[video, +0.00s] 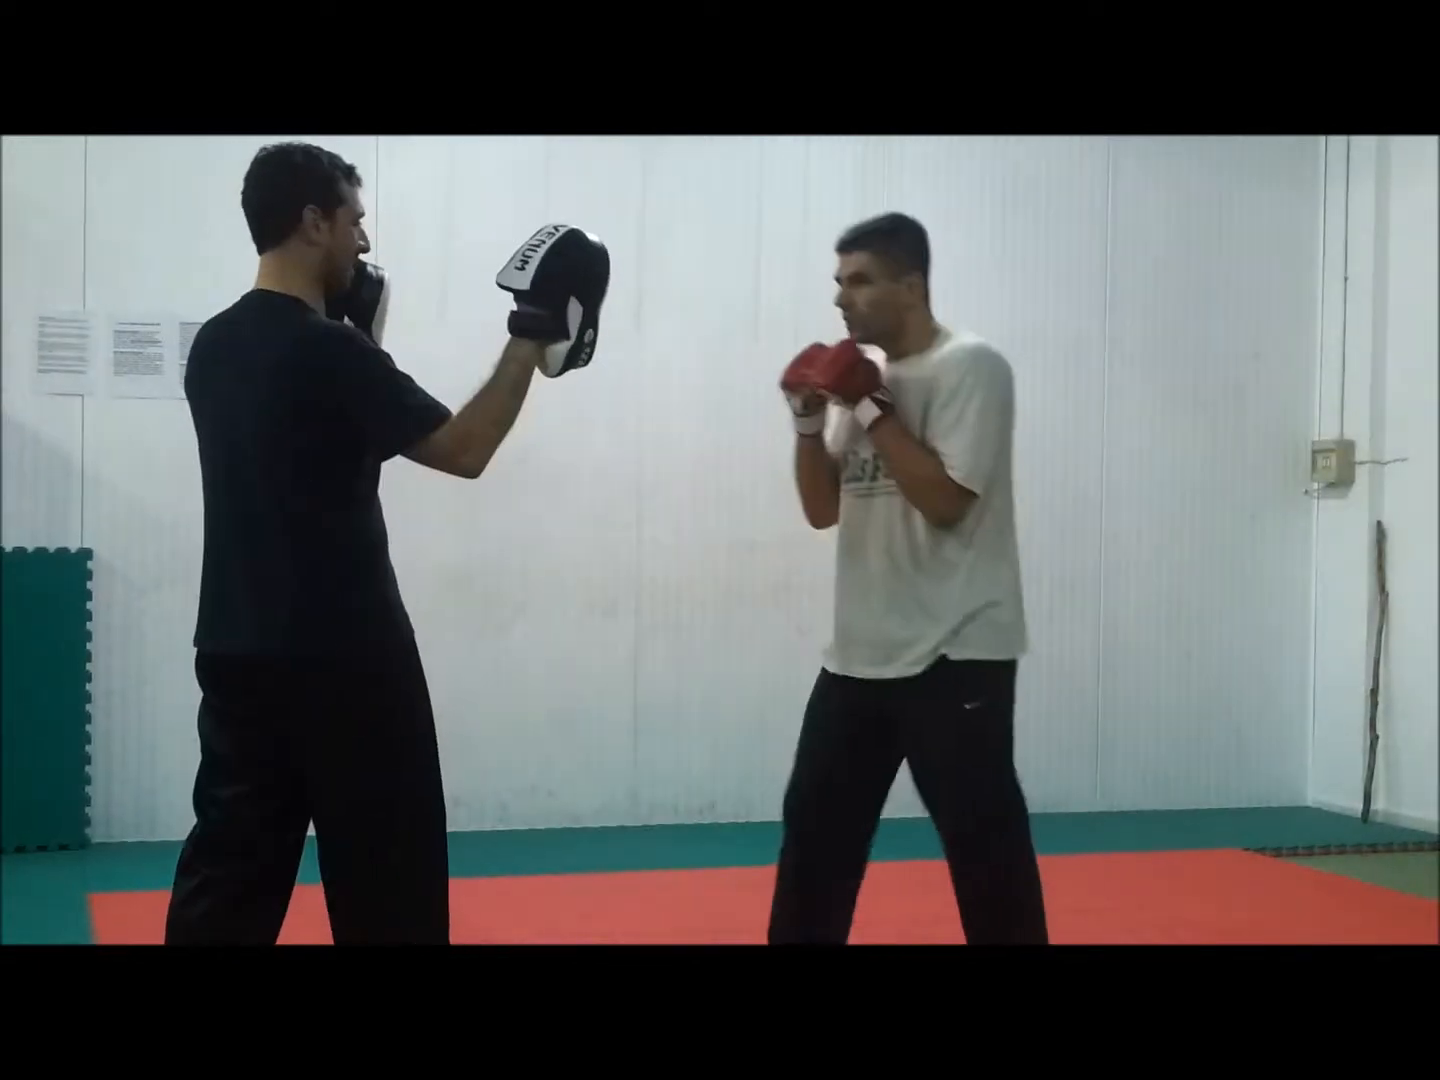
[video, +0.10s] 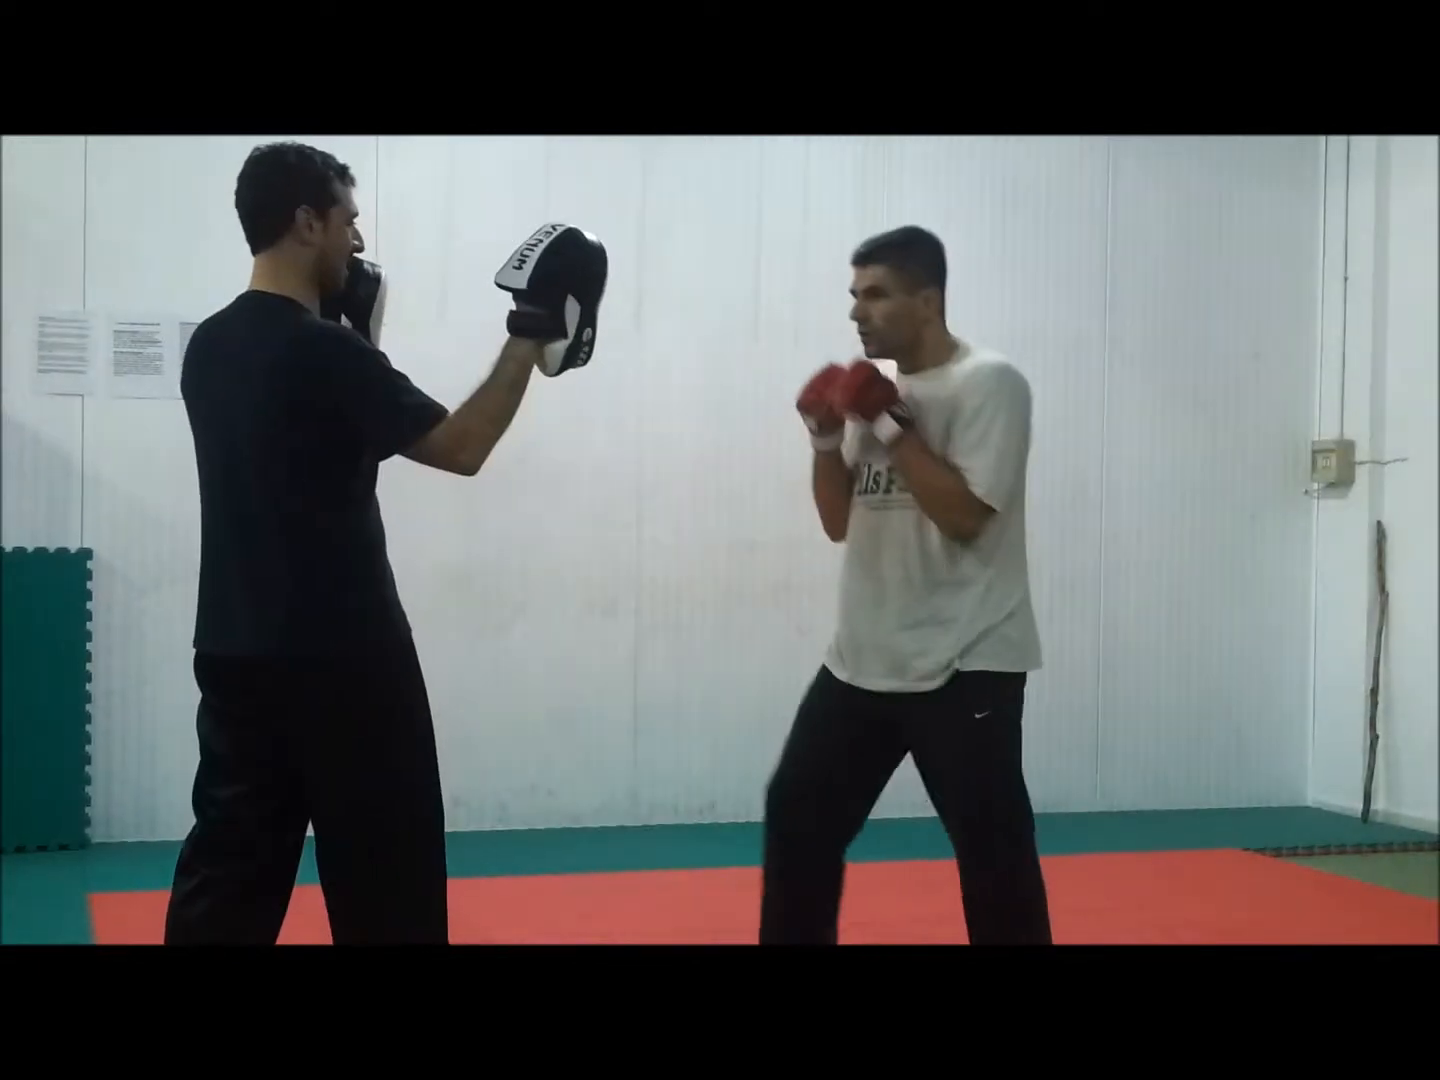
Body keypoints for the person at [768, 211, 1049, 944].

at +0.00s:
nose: (840, 299)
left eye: (855, 282)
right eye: (838, 283)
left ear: (911, 284)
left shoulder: (976, 368)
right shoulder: (859, 383)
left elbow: (947, 501)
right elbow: (823, 511)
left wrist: (870, 406)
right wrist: (806, 421)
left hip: (958, 658)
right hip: (860, 658)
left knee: (991, 865)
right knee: (814, 853)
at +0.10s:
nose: (855, 314)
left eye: (870, 296)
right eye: (853, 298)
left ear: (925, 298)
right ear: (903, 303)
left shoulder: (990, 384)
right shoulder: (871, 394)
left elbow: (966, 516)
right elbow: (838, 523)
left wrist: (893, 423)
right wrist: (828, 441)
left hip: (968, 663)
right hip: (866, 658)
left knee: (995, 853)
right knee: (797, 817)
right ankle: (793, 950)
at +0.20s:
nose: (859, 312)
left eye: (876, 296)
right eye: (858, 296)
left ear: (932, 302)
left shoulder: (995, 391)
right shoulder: (873, 401)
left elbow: (990, 529)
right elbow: (841, 528)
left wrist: (907, 440)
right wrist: (829, 450)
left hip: (962, 663)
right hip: (862, 653)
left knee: (991, 851)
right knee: (778, 800)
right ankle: (788, 946)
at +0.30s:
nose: (854, 297)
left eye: (872, 282)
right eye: (852, 281)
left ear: (927, 290)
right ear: (857, 285)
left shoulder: (988, 387)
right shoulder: (845, 377)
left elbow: (1005, 529)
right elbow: (791, 497)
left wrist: (918, 442)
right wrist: (797, 428)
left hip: (944, 658)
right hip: (837, 643)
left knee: (983, 846)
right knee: (739, 781)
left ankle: (1019, 944)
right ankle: (737, 940)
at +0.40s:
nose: (838, 288)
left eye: (857, 273)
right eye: (835, 274)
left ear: (910, 279)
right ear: (835, 279)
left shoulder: (974, 380)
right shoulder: (812, 364)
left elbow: (998, 520)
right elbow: (719, 447)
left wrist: (916, 438)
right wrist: (725, 383)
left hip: (927, 654)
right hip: (812, 642)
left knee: (974, 841)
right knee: (717, 806)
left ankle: (1014, 948)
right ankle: (685, 940)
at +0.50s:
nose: (780, 292)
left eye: (797, 277)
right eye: (777, 278)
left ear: (848, 279)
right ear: (779, 283)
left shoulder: (921, 380)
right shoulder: (763, 365)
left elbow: (968, 513)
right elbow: (647, 407)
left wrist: (890, 447)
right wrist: (620, 345)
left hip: (895, 659)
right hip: (785, 654)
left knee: (958, 845)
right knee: (694, 842)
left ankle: (1001, 949)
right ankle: (636, 949)